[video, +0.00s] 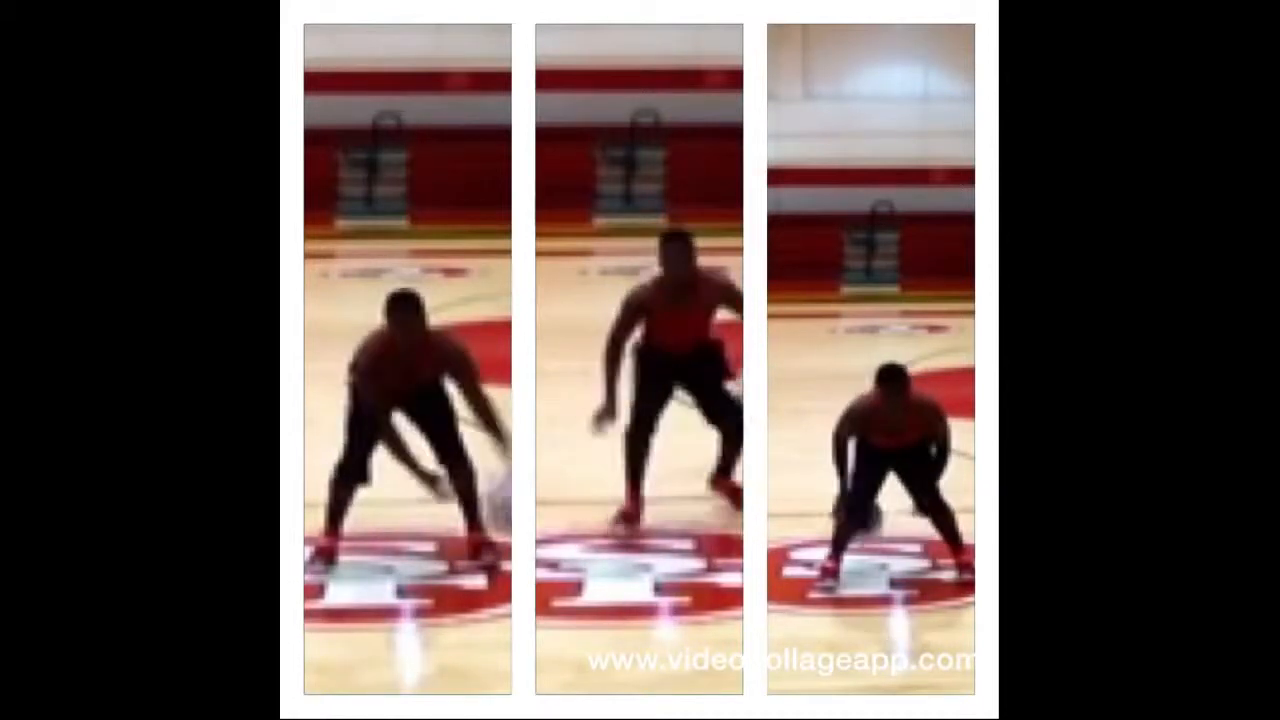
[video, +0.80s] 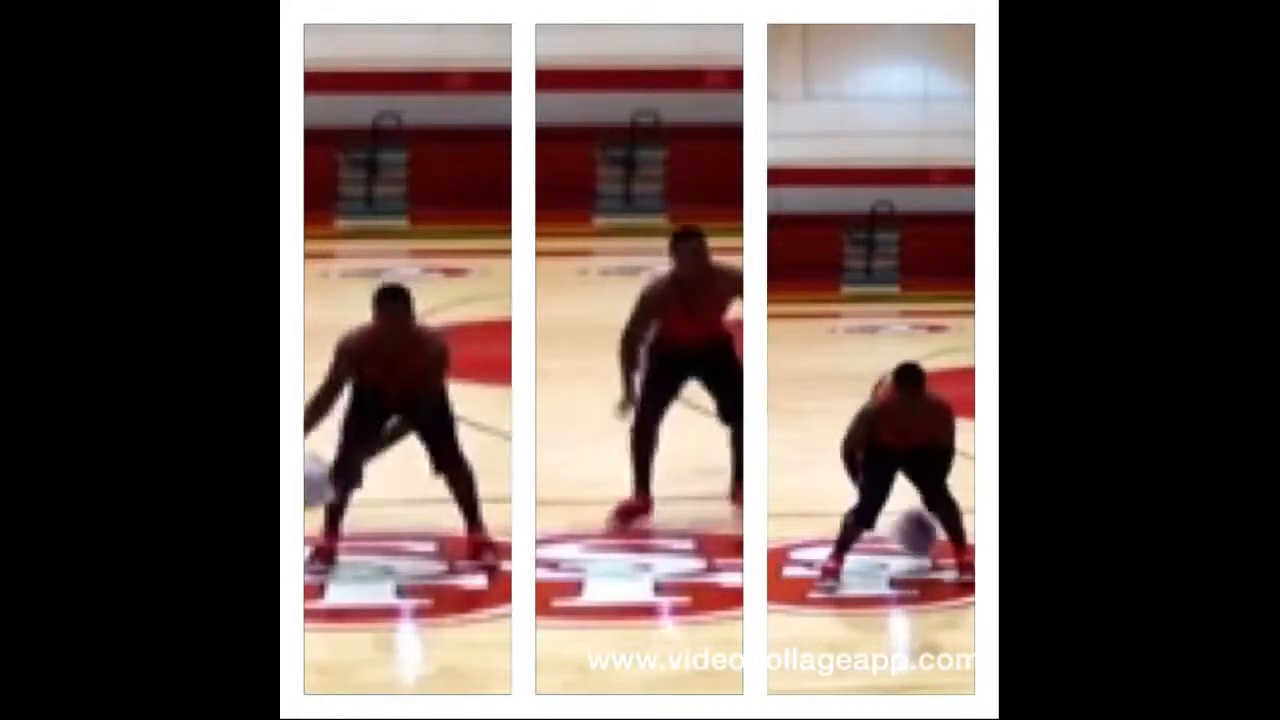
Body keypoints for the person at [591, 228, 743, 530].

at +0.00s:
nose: (675, 269)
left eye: (681, 260)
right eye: (668, 261)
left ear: (693, 259)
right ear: (660, 262)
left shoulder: (713, 288)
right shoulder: (645, 296)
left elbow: (754, 315)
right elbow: (615, 343)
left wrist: (752, 369)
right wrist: (609, 400)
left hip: (698, 359)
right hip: (656, 362)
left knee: (734, 422)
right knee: (638, 431)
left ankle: (722, 476)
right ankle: (633, 502)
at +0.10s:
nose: (678, 280)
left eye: (684, 272)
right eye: (671, 273)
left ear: (693, 272)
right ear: (661, 274)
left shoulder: (717, 308)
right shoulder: (646, 315)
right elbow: (630, 369)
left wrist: (735, 396)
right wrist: (633, 419)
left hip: (708, 374)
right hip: (666, 377)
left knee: (741, 430)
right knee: (652, 441)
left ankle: (726, 483)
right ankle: (640, 512)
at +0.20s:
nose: (676, 282)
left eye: (683, 274)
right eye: (670, 274)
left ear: (692, 274)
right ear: (660, 276)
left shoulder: (714, 312)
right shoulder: (646, 315)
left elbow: (725, 360)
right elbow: (637, 365)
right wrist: (632, 411)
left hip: (711, 382)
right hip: (671, 385)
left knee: (738, 443)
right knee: (658, 444)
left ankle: (725, 483)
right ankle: (640, 512)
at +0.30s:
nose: (671, 270)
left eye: (678, 263)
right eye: (665, 262)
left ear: (690, 262)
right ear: (656, 262)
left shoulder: (712, 300)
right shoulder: (644, 292)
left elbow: (737, 339)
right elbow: (629, 323)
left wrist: (732, 377)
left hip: (712, 361)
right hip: (668, 361)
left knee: (735, 426)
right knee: (651, 432)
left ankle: (727, 476)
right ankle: (637, 505)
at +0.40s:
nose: (671, 269)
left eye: (678, 262)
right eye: (666, 261)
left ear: (690, 261)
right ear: (657, 259)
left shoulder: (714, 296)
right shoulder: (641, 285)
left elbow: (739, 340)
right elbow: (613, 318)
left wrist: (739, 382)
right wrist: (586, 356)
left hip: (708, 357)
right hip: (664, 354)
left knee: (725, 424)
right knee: (639, 426)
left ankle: (746, 495)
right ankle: (641, 500)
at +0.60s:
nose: (680, 277)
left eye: (686, 269)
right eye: (674, 269)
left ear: (696, 270)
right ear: (665, 271)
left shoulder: (716, 308)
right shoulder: (648, 309)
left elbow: (733, 362)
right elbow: (643, 360)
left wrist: (736, 407)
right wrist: (639, 396)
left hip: (701, 381)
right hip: (656, 379)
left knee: (713, 438)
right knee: (616, 430)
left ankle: (739, 507)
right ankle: (638, 499)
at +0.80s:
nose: (691, 263)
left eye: (696, 255)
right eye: (683, 256)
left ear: (706, 254)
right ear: (673, 258)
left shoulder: (727, 281)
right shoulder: (659, 292)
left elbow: (758, 302)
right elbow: (631, 337)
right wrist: (628, 389)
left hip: (714, 351)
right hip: (669, 354)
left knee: (742, 417)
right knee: (644, 421)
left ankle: (740, 491)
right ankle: (641, 497)